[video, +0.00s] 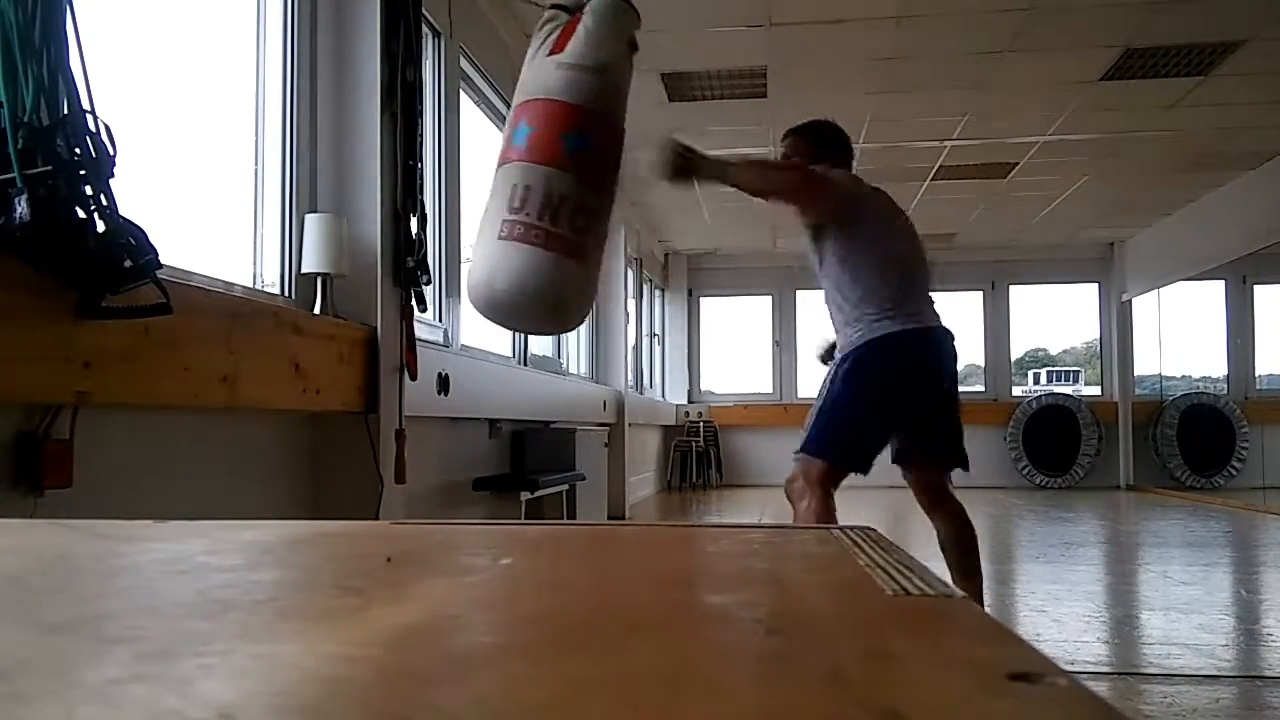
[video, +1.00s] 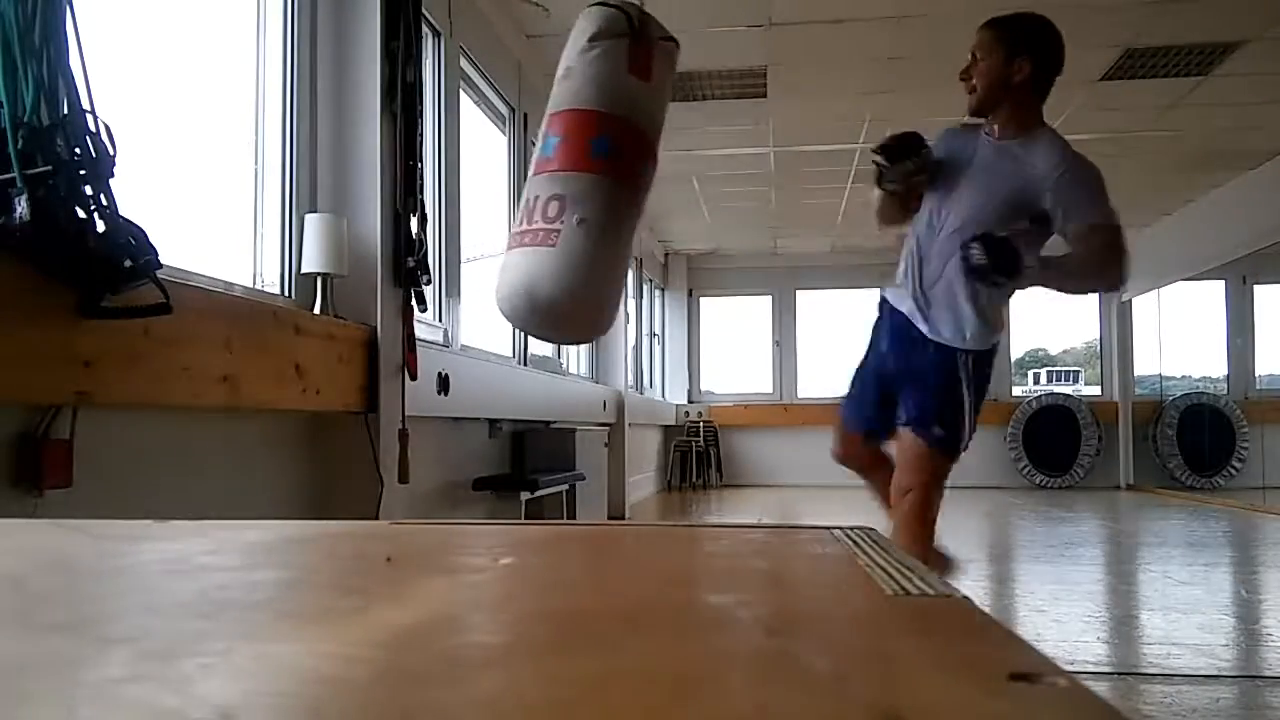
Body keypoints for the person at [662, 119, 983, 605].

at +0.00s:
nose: (783, 170)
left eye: (790, 160)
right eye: (782, 160)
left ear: (819, 162)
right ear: (845, 163)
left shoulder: (830, 189)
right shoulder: (882, 203)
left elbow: (790, 178)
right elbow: (898, 288)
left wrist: (705, 167)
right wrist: (845, 337)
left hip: (876, 354)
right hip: (930, 349)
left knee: (808, 483)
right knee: (933, 487)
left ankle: (824, 609)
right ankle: (975, 615)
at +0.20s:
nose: (778, 149)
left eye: (787, 134)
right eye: (779, 137)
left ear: (820, 136)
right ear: (844, 141)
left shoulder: (821, 182)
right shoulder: (890, 197)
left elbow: (752, 213)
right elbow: (923, 277)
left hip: (872, 362)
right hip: (931, 355)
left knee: (795, 493)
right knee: (952, 494)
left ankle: (825, 627)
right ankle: (978, 623)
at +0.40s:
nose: (844, 92)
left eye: (854, 78)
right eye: (847, 79)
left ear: (888, 83)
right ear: (885, 86)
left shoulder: (935, 148)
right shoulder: (855, 155)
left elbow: (1032, 191)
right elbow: (793, 173)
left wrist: (1006, 255)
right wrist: (729, 134)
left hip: (852, 338)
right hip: (810, 331)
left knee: (799, 494)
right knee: (830, 437)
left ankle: (812, 622)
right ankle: (908, 526)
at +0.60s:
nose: (900, 106)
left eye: (914, 93)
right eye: (905, 92)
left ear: (953, 108)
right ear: (948, 109)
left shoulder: (993, 196)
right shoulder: (896, 160)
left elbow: (925, 246)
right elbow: (844, 236)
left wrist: (861, 183)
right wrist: (793, 248)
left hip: (863, 344)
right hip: (811, 276)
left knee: (860, 487)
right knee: (665, 256)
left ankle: (856, 622)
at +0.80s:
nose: (954, 90)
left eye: (970, 80)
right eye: (960, 76)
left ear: (1013, 96)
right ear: (1000, 93)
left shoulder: (1035, 213)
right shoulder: (939, 146)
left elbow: (971, 306)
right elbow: (867, 184)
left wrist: (913, 237)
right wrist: (790, 190)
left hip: (906, 354)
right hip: (850, 293)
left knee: (891, 498)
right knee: (712, 328)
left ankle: (876, 632)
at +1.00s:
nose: (964, 71)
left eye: (978, 59)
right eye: (968, 58)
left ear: (1020, 70)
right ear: (1010, 70)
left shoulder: (1062, 169)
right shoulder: (954, 140)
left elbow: (1107, 266)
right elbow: (890, 218)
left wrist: (1028, 267)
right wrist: (897, 183)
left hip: (955, 348)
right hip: (897, 321)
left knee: (911, 497)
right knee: (851, 446)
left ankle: (899, 630)